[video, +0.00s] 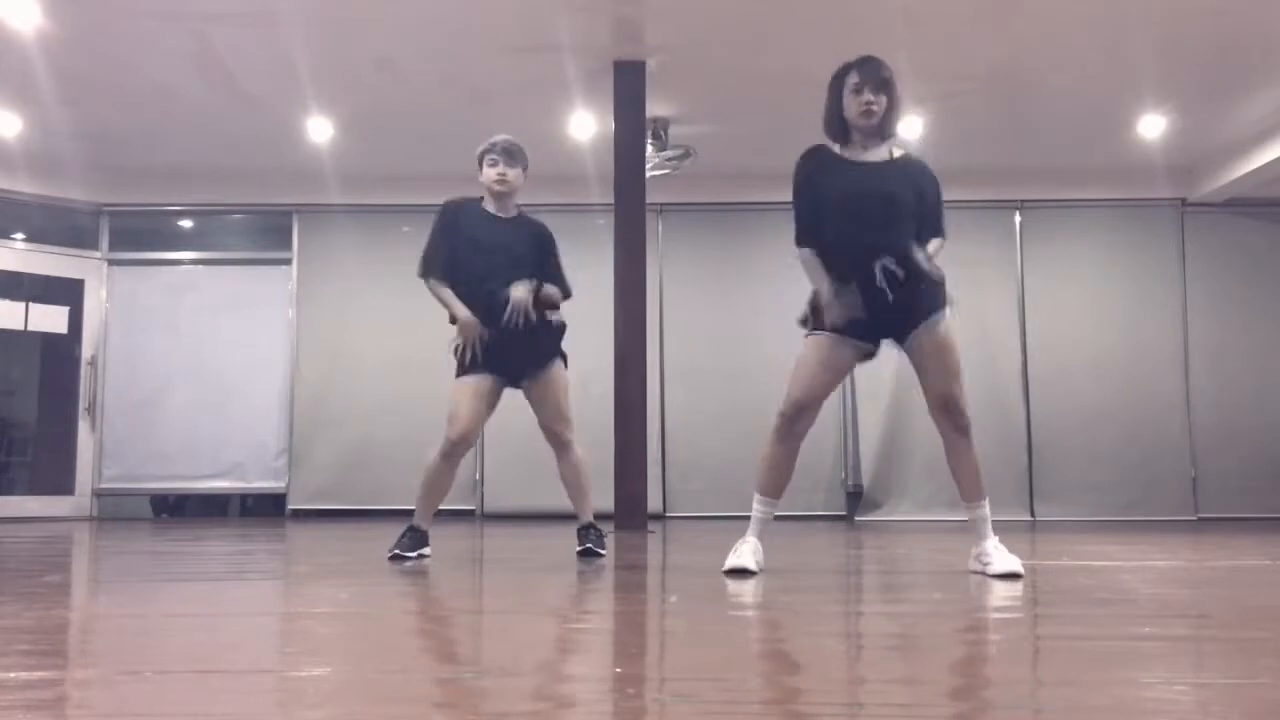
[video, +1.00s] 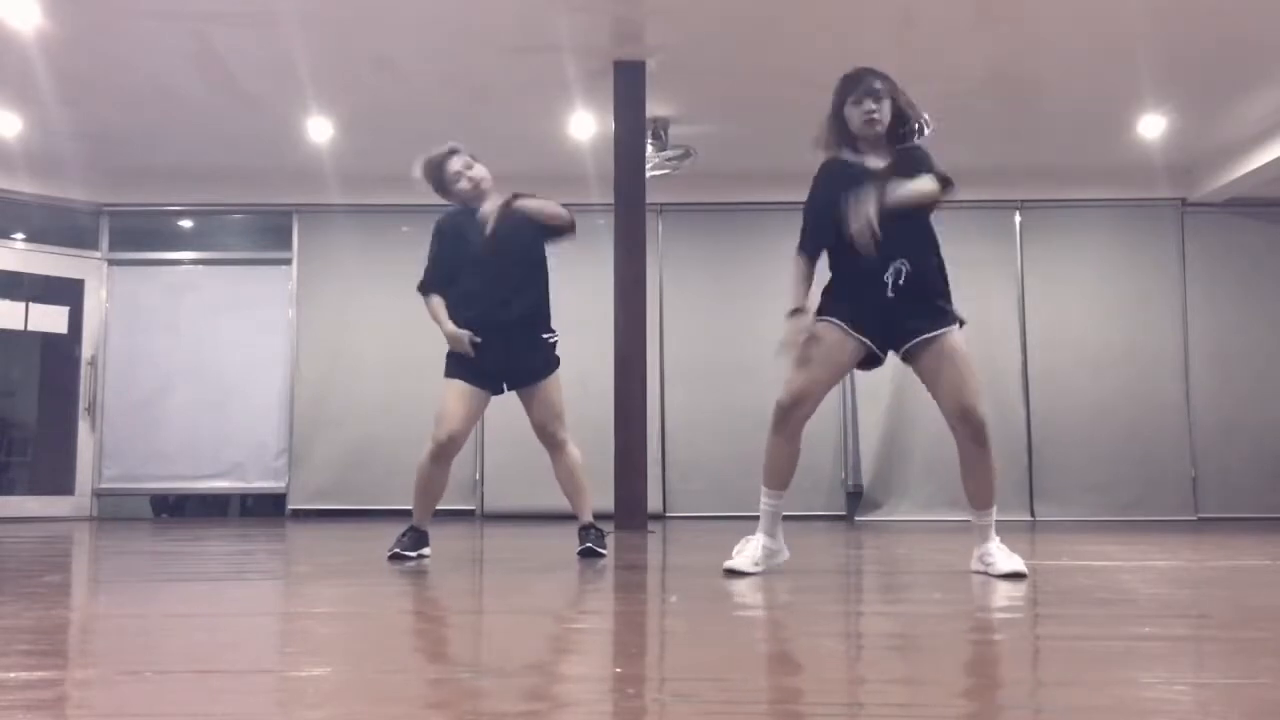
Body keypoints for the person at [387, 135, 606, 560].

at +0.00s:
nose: (500, 169)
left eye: (510, 163)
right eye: (492, 162)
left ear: (524, 175)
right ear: (480, 173)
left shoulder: (537, 232)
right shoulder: (456, 214)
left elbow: (558, 292)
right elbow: (432, 274)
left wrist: (531, 287)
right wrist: (461, 313)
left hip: (535, 343)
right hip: (482, 343)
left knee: (562, 435)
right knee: (456, 440)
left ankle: (588, 527)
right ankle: (418, 530)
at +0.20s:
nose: (484, 173)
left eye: (492, 166)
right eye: (476, 167)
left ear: (509, 174)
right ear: (466, 177)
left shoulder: (533, 212)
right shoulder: (466, 236)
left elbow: (559, 273)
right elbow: (454, 284)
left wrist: (533, 326)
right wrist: (457, 285)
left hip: (514, 341)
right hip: (464, 341)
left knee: (543, 441)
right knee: (443, 435)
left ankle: (585, 528)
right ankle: (416, 530)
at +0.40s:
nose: (489, 172)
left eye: (497, 162)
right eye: (481, 165)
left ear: (516, 166)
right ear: (474, 173)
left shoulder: (546, 213)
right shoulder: (462, 221)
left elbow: (580, 266)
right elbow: (441, 280)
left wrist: (547, 274)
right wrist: (471, 307)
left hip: (529, 344)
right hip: (473, 343)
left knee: (551, 437)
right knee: (447, 436)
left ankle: (586, 527)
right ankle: (417, 530)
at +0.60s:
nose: (539, 201)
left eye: (541, 194)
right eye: (536, 190)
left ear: (518, 189)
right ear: (511, 182)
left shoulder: (531, 244)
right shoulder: (461, 219)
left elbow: (558, 285)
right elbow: (450, 281)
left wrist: (556, 238)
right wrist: (486, 331)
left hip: (536, 344)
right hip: (484, 348)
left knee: (561, 434)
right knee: (454, 440)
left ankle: (589, 527)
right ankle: (418, 530)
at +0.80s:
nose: (524, 199)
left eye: (530, 193)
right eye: (520, 186)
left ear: (528, 201)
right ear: (493, 177)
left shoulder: (524, 239)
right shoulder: (453, 220)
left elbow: (564, 276)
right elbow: (440, 283)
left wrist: (547, 227)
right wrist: (479, 330)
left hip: (533, 343)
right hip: (480, 345)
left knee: (559, 433)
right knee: (451, 441)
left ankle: (589, 527)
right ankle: (417, 531)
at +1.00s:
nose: (470, 176)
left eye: (470, 165)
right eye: (457, 178)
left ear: (483, 164)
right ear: (449, 195)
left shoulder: (523, 212)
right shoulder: (450, 227)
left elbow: (564, 220)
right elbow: (431, 287)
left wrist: (512, 204)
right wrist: (449, 328)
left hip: (529, 342)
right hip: (473, 347)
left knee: (554, 434)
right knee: (445, 439)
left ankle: (588, 527)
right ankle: (417, 531)